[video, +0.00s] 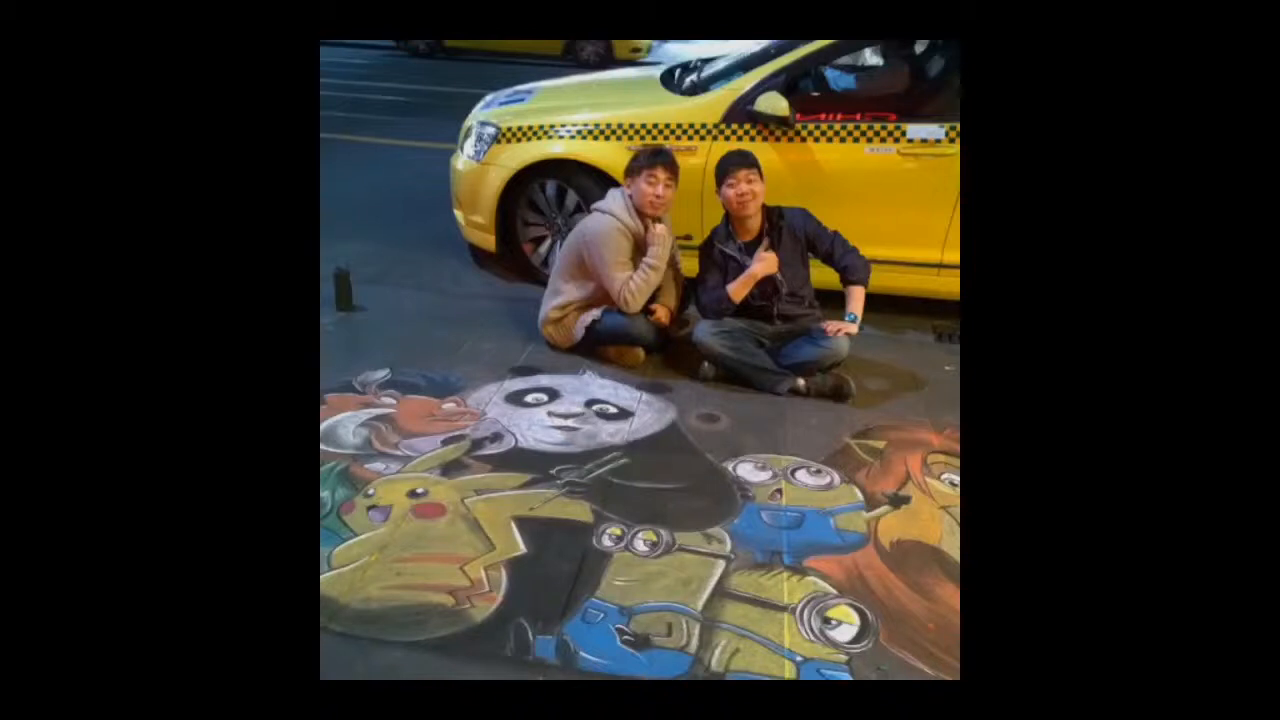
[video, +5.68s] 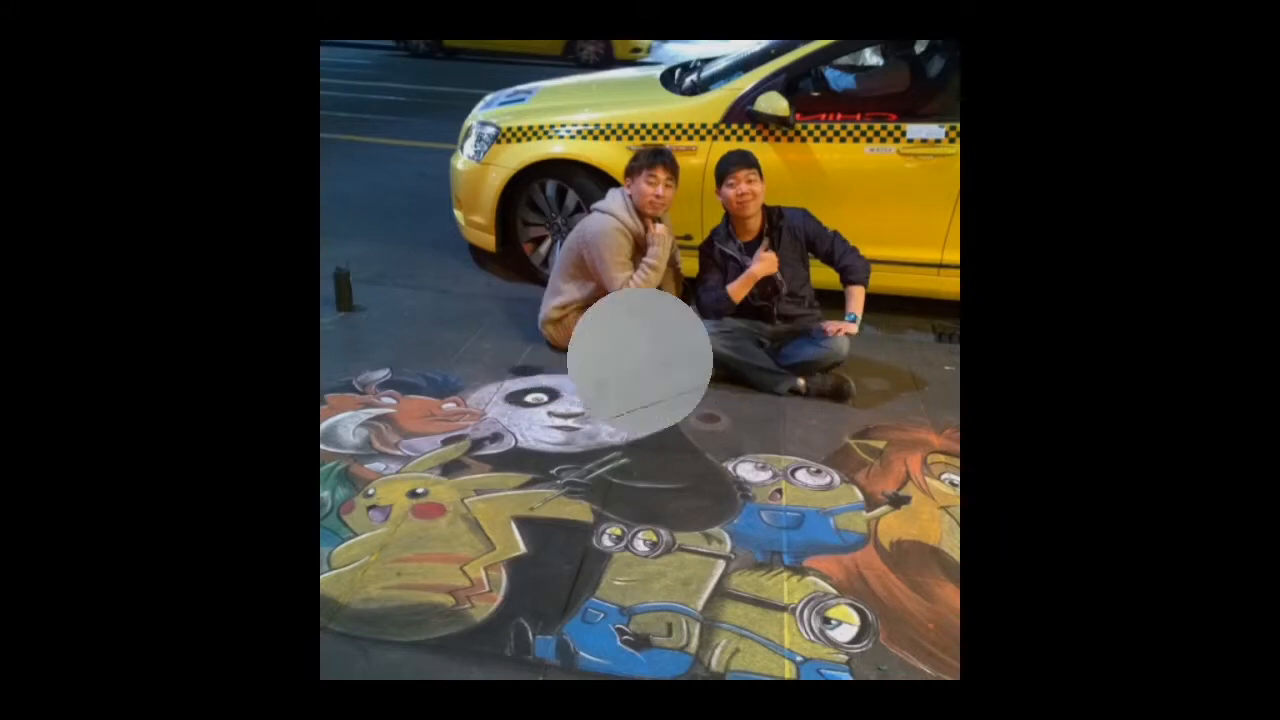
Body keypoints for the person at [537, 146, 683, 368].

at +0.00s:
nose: (659, 193)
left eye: (668, 185)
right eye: (651, 182)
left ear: (674, 192)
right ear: (629, 184)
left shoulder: (656, 221)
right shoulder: (605, 226)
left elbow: (669, 269)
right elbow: (629, 301)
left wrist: (665, 304)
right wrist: (657, 251)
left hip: (608, 305)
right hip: (567, 319)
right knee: (639, 327)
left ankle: (625, 346)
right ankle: (669, 335)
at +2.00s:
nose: (659, 191)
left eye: (668, 185)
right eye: (651, 181)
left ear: (674, 190)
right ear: (629, 182)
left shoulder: (654, 224)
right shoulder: (605, 221)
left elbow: (668, 279)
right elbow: (628, 300)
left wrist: (665, 304)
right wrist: (662, 247)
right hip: (564, 319)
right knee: (636, 327)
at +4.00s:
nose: (660, 193)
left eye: (667, 185)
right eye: (650, 183)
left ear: (675, 191)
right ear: (629, 185)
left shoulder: (656, 218)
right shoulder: (605, 228)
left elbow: (670, 267)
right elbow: (629, 301)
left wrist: (664, 305)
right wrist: (658, 250)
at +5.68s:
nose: (660, 193)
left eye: (668, 185)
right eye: (651, 183)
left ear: (675, 192)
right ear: (629, 184)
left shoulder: (656, 220)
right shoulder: (605, 228)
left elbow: (668, 285)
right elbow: (626, 298)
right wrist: (657, 252)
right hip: (565, 323)